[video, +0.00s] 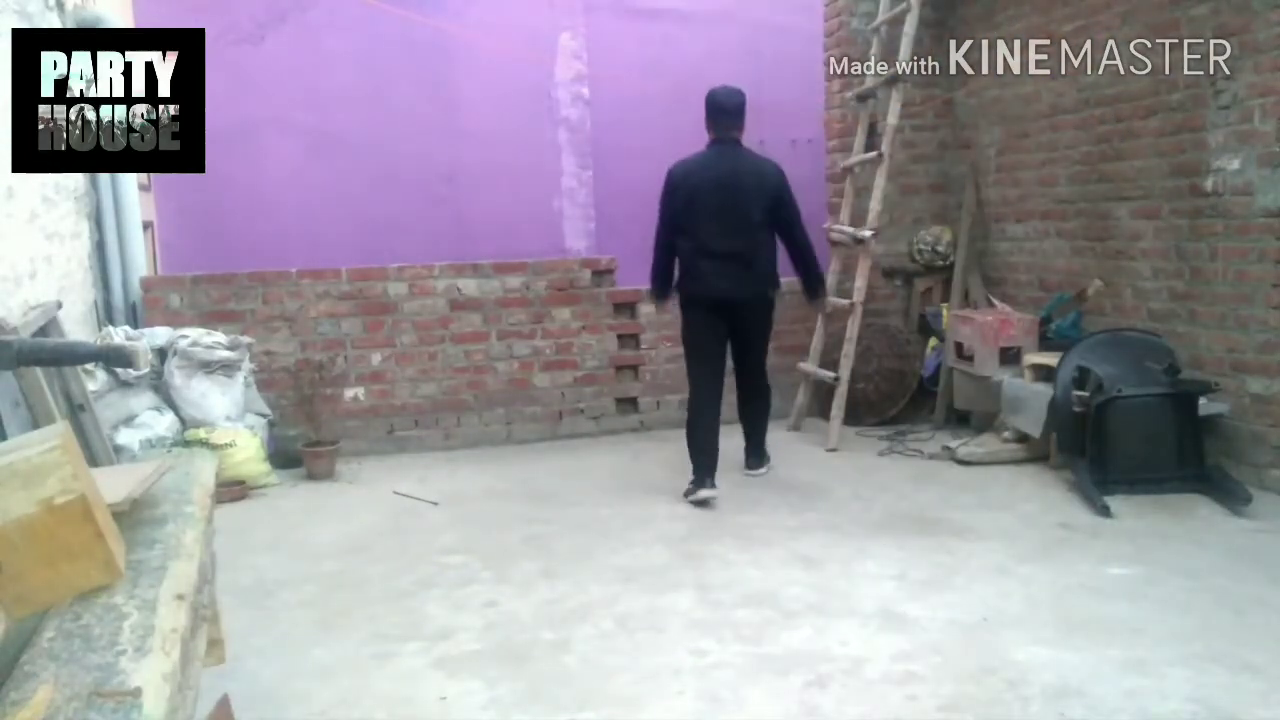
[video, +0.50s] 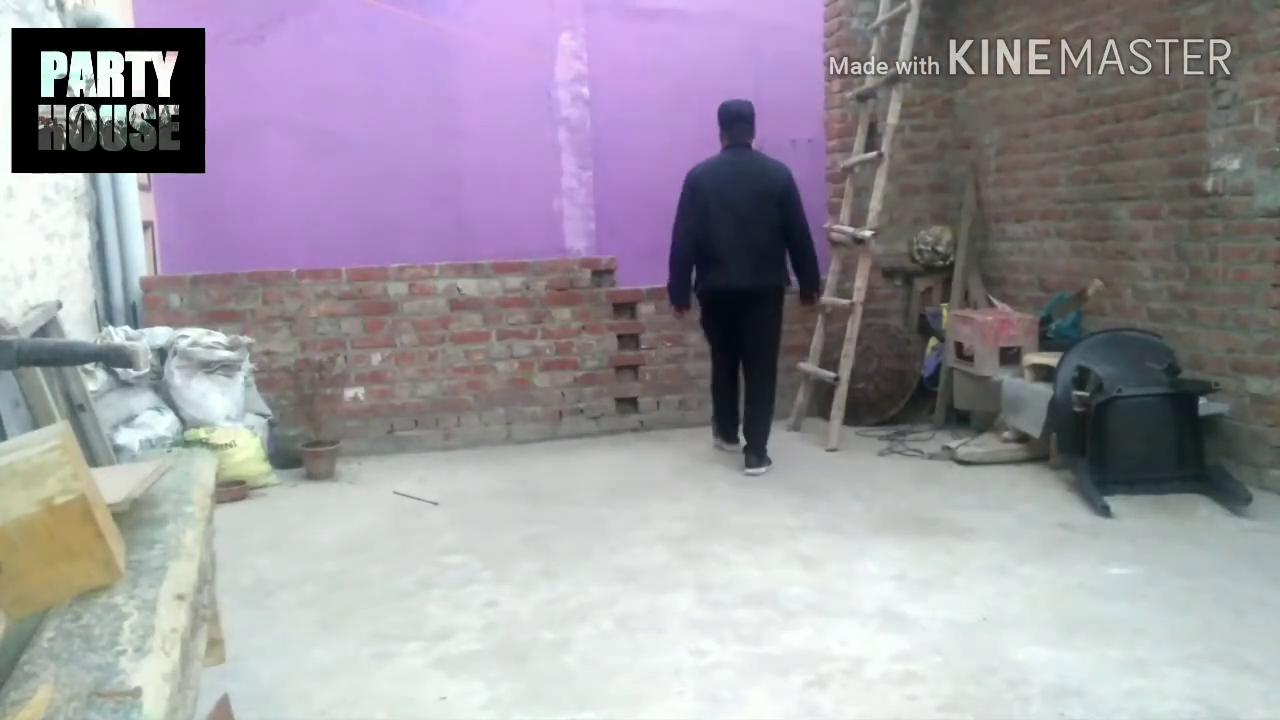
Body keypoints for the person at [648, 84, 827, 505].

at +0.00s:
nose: (722, 125)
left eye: (715, 116)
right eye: (734, 118)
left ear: (707, 121)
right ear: (743, 121)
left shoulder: (683, 174)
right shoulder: (767, 173)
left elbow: (666, 236)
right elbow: (794, 235)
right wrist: (814, 282)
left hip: (701, 297)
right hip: (754, 296)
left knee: (703, 383)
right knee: (753, 371)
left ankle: (703, 478)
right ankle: (755, 456)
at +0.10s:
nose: (725, 127)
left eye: (718, 119)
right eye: (739, 120)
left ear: (712, 123)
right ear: (747, 123)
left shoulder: (688, 176)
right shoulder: (771, 174)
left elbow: (672, 242)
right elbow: (792, 240)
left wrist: (661, 295)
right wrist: (806, 289)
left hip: (706, 298)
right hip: (758, 298)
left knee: (704, 374)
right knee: (757, 370)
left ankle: (705, 459)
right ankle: (756, 454)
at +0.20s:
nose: (730, 126)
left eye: (722, 120)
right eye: (741, 119)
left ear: (717, 123)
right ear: (752, 122)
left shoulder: (697, 172)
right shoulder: (779, 170)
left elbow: (684, 234)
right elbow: (790, 231)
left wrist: (675, 286)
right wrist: (788, 280)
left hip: (713, 291)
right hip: (763, 291)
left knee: (703, 362)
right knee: (763, 372)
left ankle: (710, 429)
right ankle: (756, 454)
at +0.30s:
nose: (731, 125)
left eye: (724, 119)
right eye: (743, 118)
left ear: (719, 122)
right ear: (753, 121)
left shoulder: (700, 169)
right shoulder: (781, 168)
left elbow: (689, 229)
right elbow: (792, 228)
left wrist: (682, 277)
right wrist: (791, 275)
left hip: (715, 287)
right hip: (764, 288)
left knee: (707, 354)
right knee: (762, 370)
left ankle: (718, 426)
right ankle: (756, 454)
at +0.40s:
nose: (734, 128)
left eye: (727, 121)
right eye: (745, 121)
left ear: (720, 125)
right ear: (754, 124)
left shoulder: (700, 172)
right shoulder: (781, 171)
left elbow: (688, 231)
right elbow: (797, 231)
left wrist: (683, 281)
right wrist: (803, 280)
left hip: (716, 288)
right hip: (764, 289)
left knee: (719, 362)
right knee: (761, 367)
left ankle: (726, 441)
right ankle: (756, 453)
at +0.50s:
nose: (735, 133)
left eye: (728, 126)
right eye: (746, 126)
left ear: (721, 130)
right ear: (753, 129)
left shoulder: (700, 177)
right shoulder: (776, 174)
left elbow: (683, 239)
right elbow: (797, 234)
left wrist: (679, 292)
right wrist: (809, 283)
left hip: (716, 291)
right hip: (764, 291)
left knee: (724, 360)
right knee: (761, 367)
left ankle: (726, 432)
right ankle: (756, 454)